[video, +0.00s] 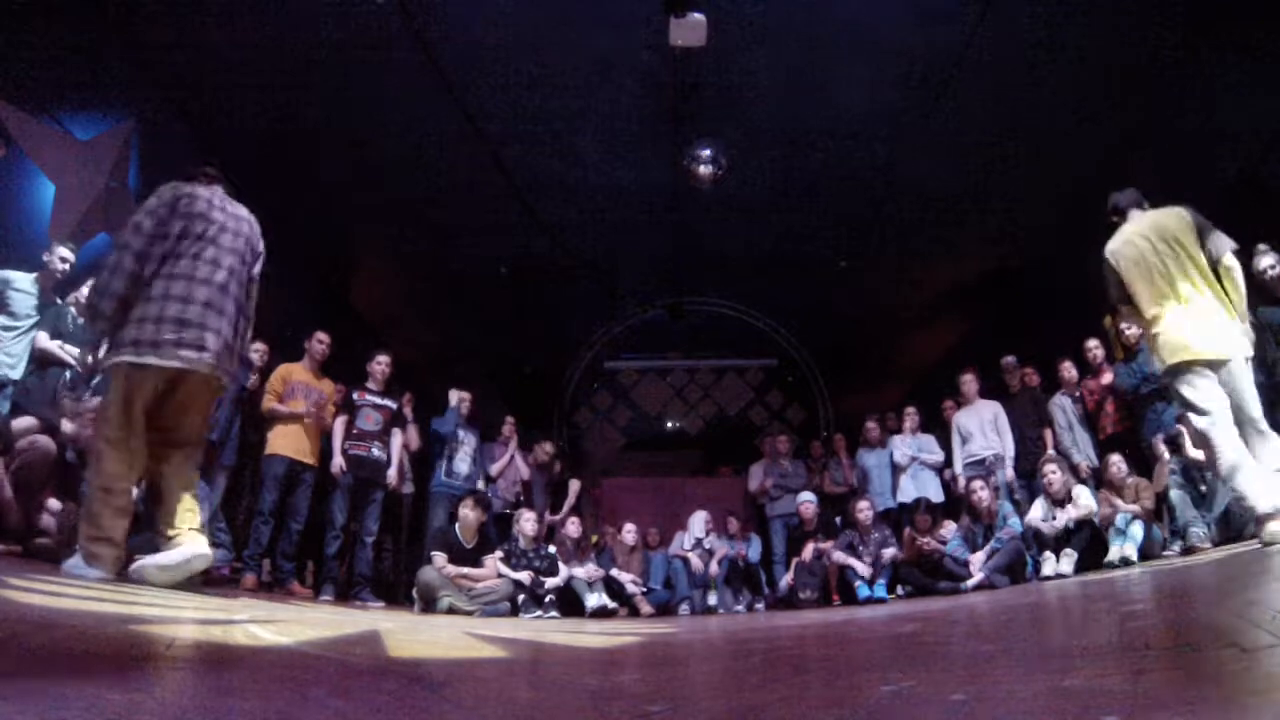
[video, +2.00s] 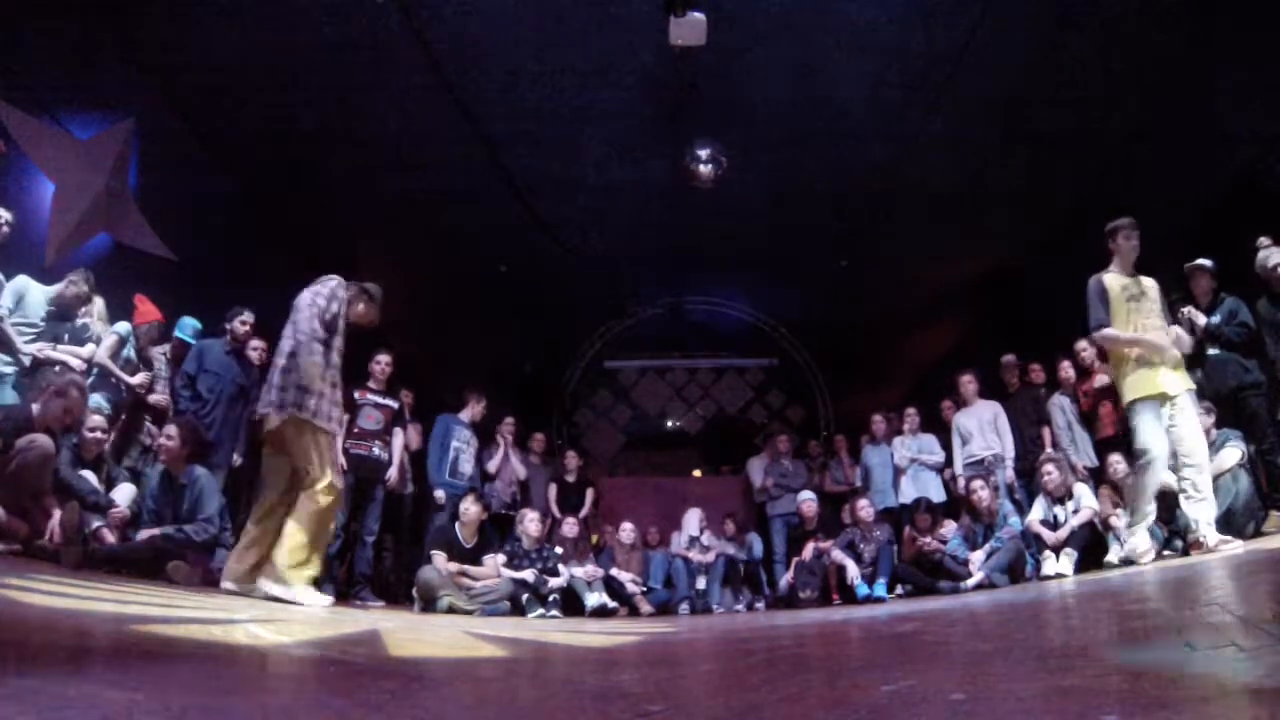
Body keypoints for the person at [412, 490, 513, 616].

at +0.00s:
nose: (466, 512)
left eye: (473, 509)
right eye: (464, 507)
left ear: (483, 517)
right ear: (458, 510)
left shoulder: (485, 539)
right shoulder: (442, 534)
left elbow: (492, 572)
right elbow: (441, 568)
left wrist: (460, 571)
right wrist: (474, 585)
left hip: (477, 590)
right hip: (448, 588)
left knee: (507, 585)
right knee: (426, 574)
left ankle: (455, 606)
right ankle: (477, 610)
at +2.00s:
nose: (466, 507)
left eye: (473, 504)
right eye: (464, 502)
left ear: (484, 515)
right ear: (459, 506)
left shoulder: (485, 537)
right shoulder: (442, 532)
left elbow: (493, 572)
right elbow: (441, 567)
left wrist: (461, 568)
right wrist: (474, 584)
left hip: (477, 589)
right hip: (447, 587)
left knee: (506, 585)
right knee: (427, 574)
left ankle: (454, 605)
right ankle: (477, 609)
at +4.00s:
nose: (493, 518)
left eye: (493, 513)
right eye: (490, 513)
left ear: (477, 514)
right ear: (475, 513)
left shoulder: (486, 538)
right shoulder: (444, 532)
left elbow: (492, 572)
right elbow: (442, 570)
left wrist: (461, 569)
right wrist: (475, 584)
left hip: (478, 590)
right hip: (448, 588)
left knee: (507, 584)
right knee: (428, 572)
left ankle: (456, 604)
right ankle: (476, 609)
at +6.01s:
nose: (475, 511)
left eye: (480, 507)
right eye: (470, 505)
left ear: (485, 514)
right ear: (460, 509)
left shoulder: (484, 536)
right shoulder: (443, 530)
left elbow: (493, 572)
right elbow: (442, 570)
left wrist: (461, 569)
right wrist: (475, 584)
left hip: (476, 591)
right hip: (446, 589)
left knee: (507, 584)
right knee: (427, 573)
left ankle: (455, 604)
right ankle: (477, 608)